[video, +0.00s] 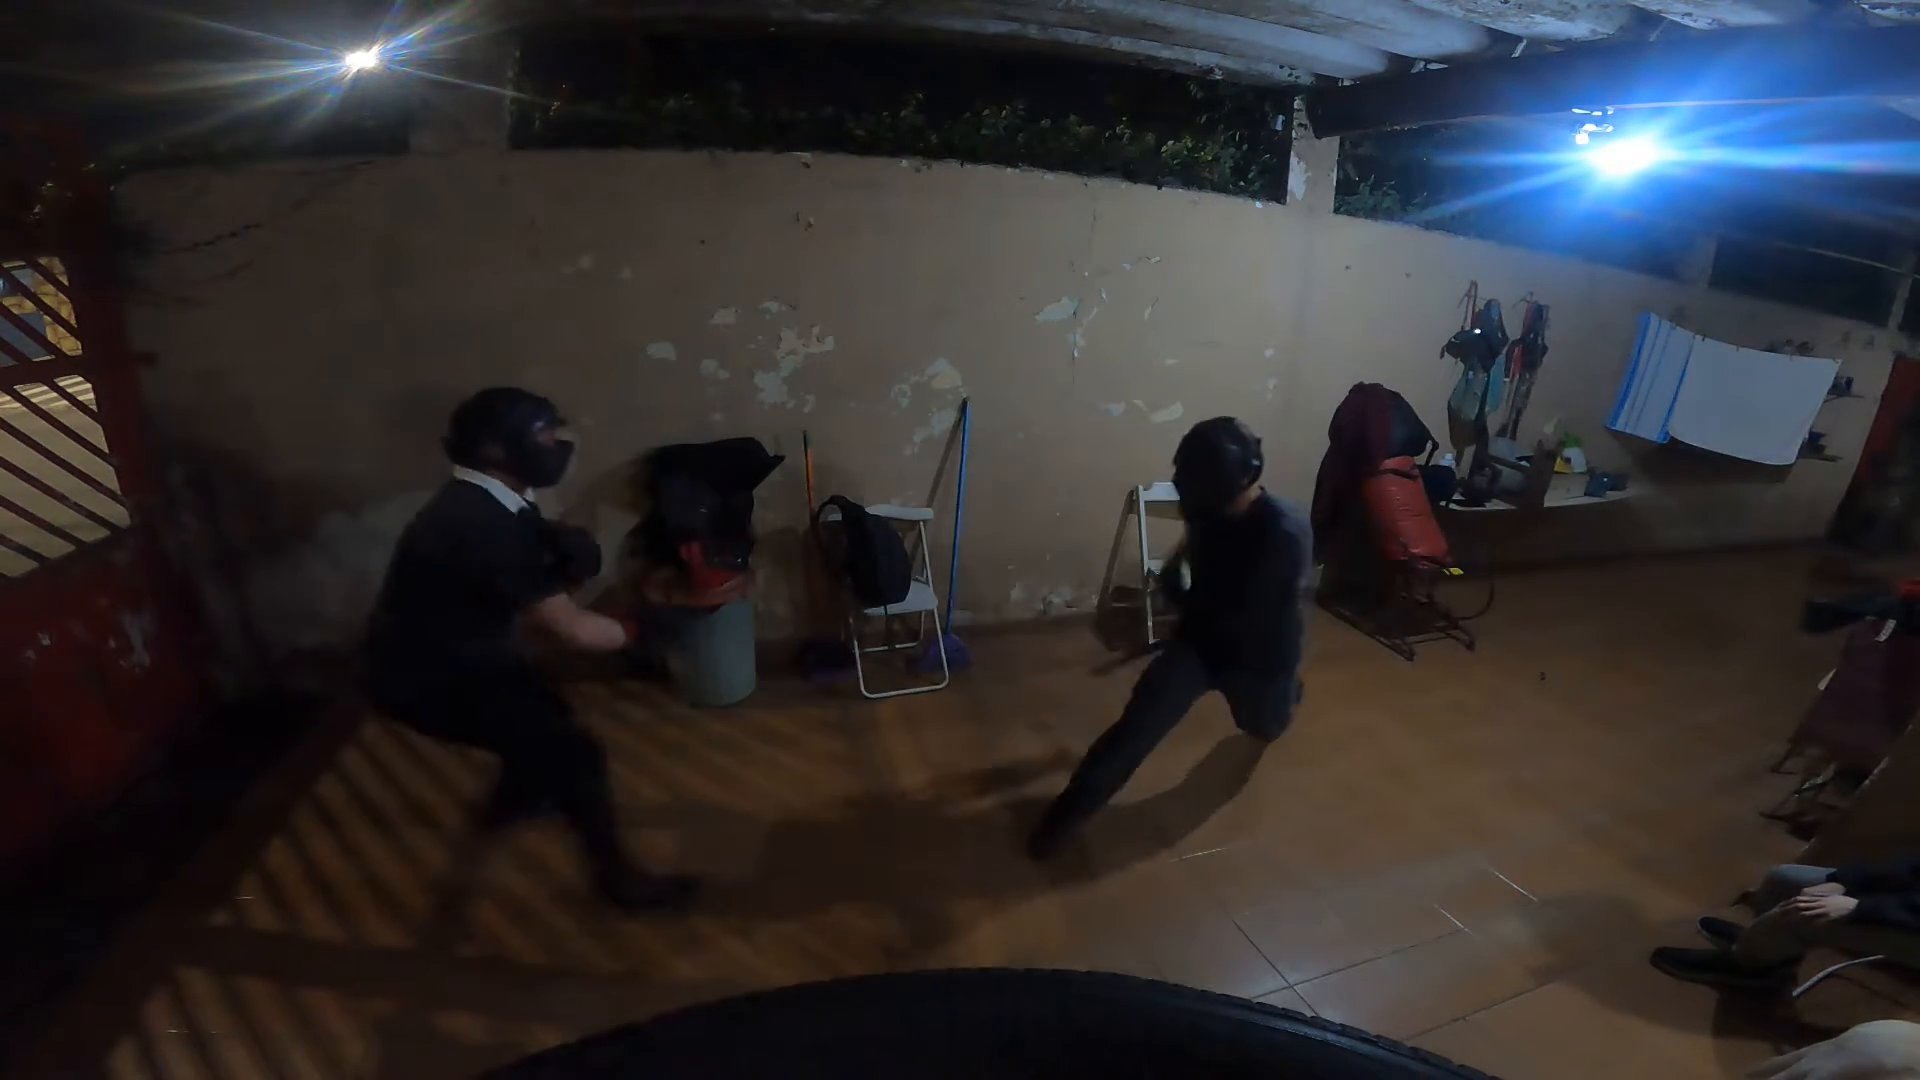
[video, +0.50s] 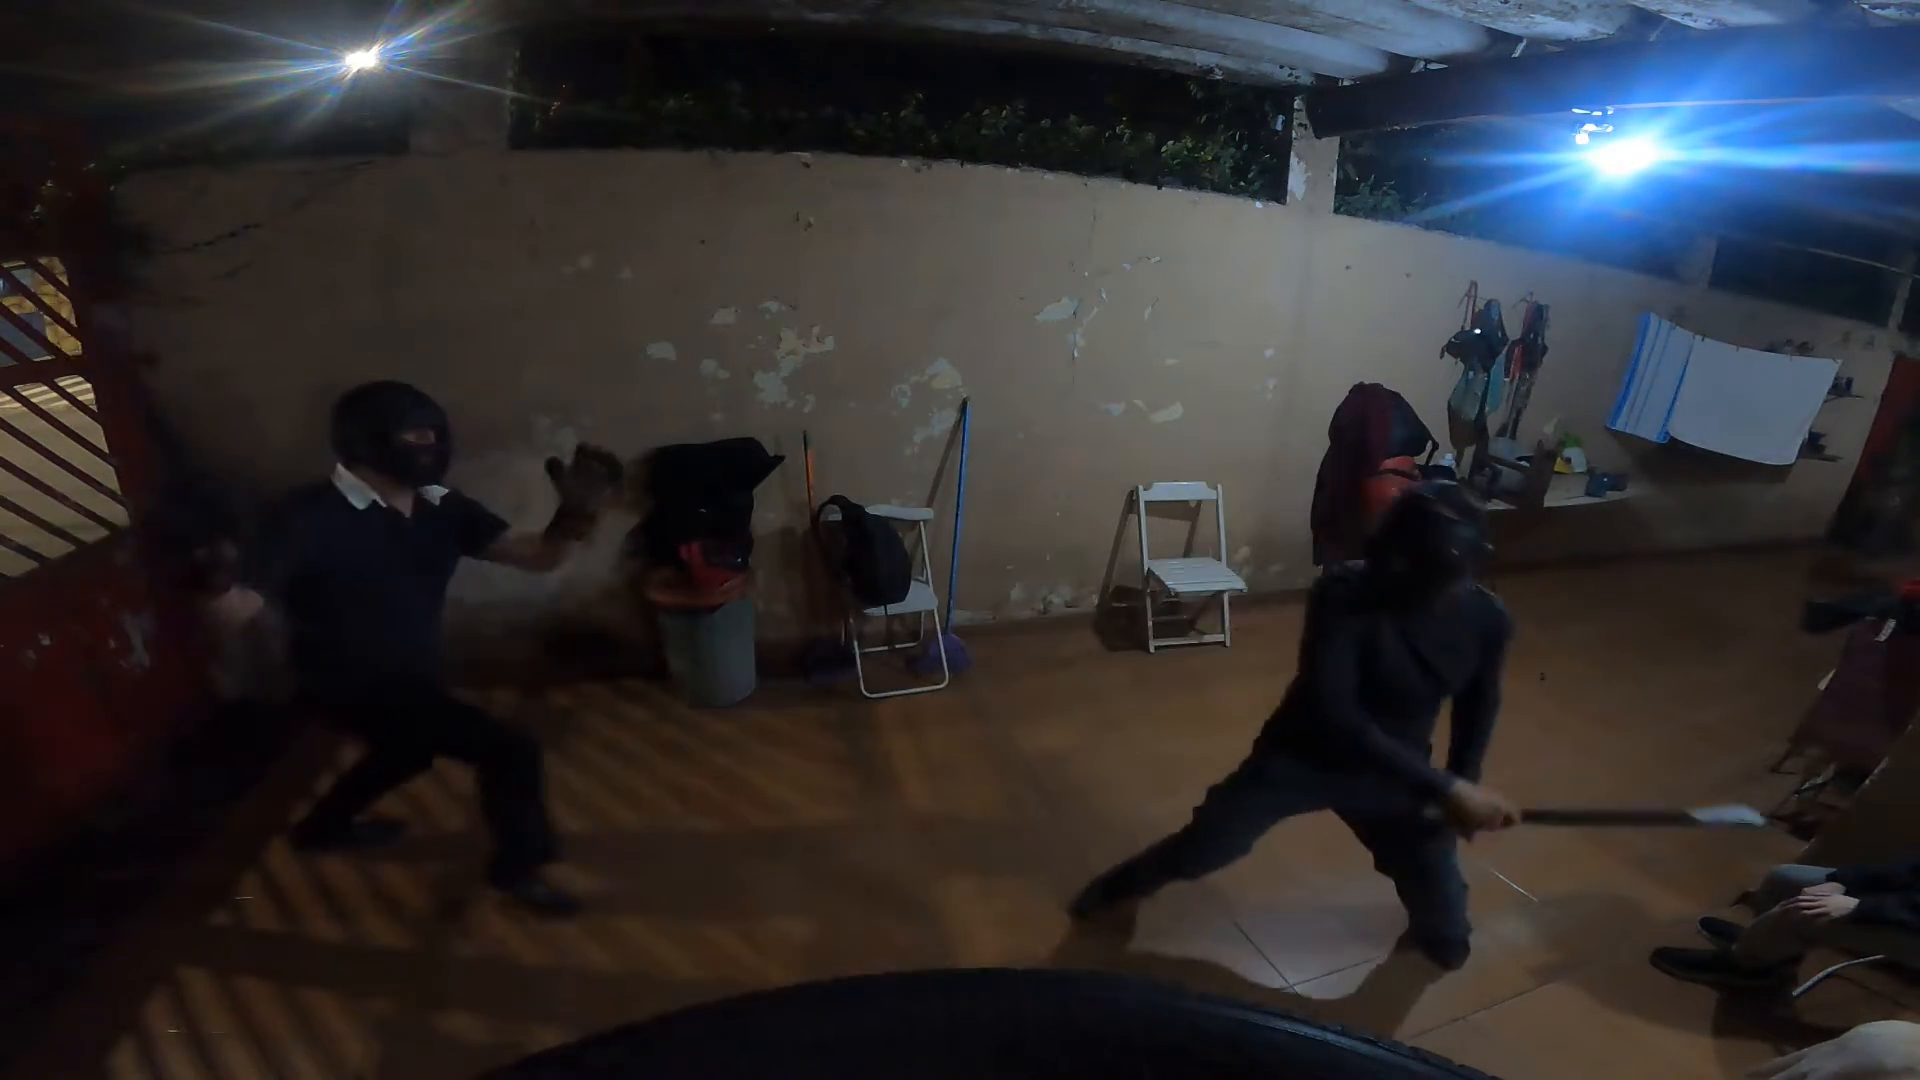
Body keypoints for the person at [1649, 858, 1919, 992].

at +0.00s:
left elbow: (1913, 915)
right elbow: (1910, 870)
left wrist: (1857, 909)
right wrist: (1844, 882)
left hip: (1911, 927)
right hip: (1904, 890)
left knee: (1800, 914)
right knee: (1783, 880)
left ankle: (1742, 963)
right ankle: (1756, 945)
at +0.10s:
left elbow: (1913, 915)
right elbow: (1910, 870)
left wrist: (1856, 908)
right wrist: (1843, 882)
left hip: (1911, 928)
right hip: (1904, 891)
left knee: (1801, 913)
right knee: (1783, 880)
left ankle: (1741, 963)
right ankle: (1756, 945)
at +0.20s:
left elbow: (1913, 913)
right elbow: (1909, 871)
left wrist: (1857, 908)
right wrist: (1845, 882)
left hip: (1911, 927)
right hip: (1904, 890)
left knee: (1801, 914)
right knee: (1783, 879)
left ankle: (1742, 963)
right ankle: (1756, 944)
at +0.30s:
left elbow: (1913, 912)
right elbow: (1909, 872)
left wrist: (1858, 908)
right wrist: (1845, 882)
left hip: (1912, 928)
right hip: (1905, 891)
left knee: (1799, 914)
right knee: (1783, 879)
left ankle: (1742, 963)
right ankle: (1756, 944)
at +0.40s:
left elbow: (1913, 913)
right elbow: (1910, 873)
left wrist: (1858, 907)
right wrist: (1844, 882)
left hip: (1912, 927)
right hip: (1904, 891)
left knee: (1798, 914)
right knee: (1783, 880)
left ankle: (1742, 963)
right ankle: (1756, 945)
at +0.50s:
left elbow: (1913, 915)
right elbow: (1910, 873)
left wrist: (1858, 908)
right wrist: (1845, 883)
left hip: (1912, 927)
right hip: (1905, 892)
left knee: (1799, 913)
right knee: (1783, 880)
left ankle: (1741, 963)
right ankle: (1757, 945)